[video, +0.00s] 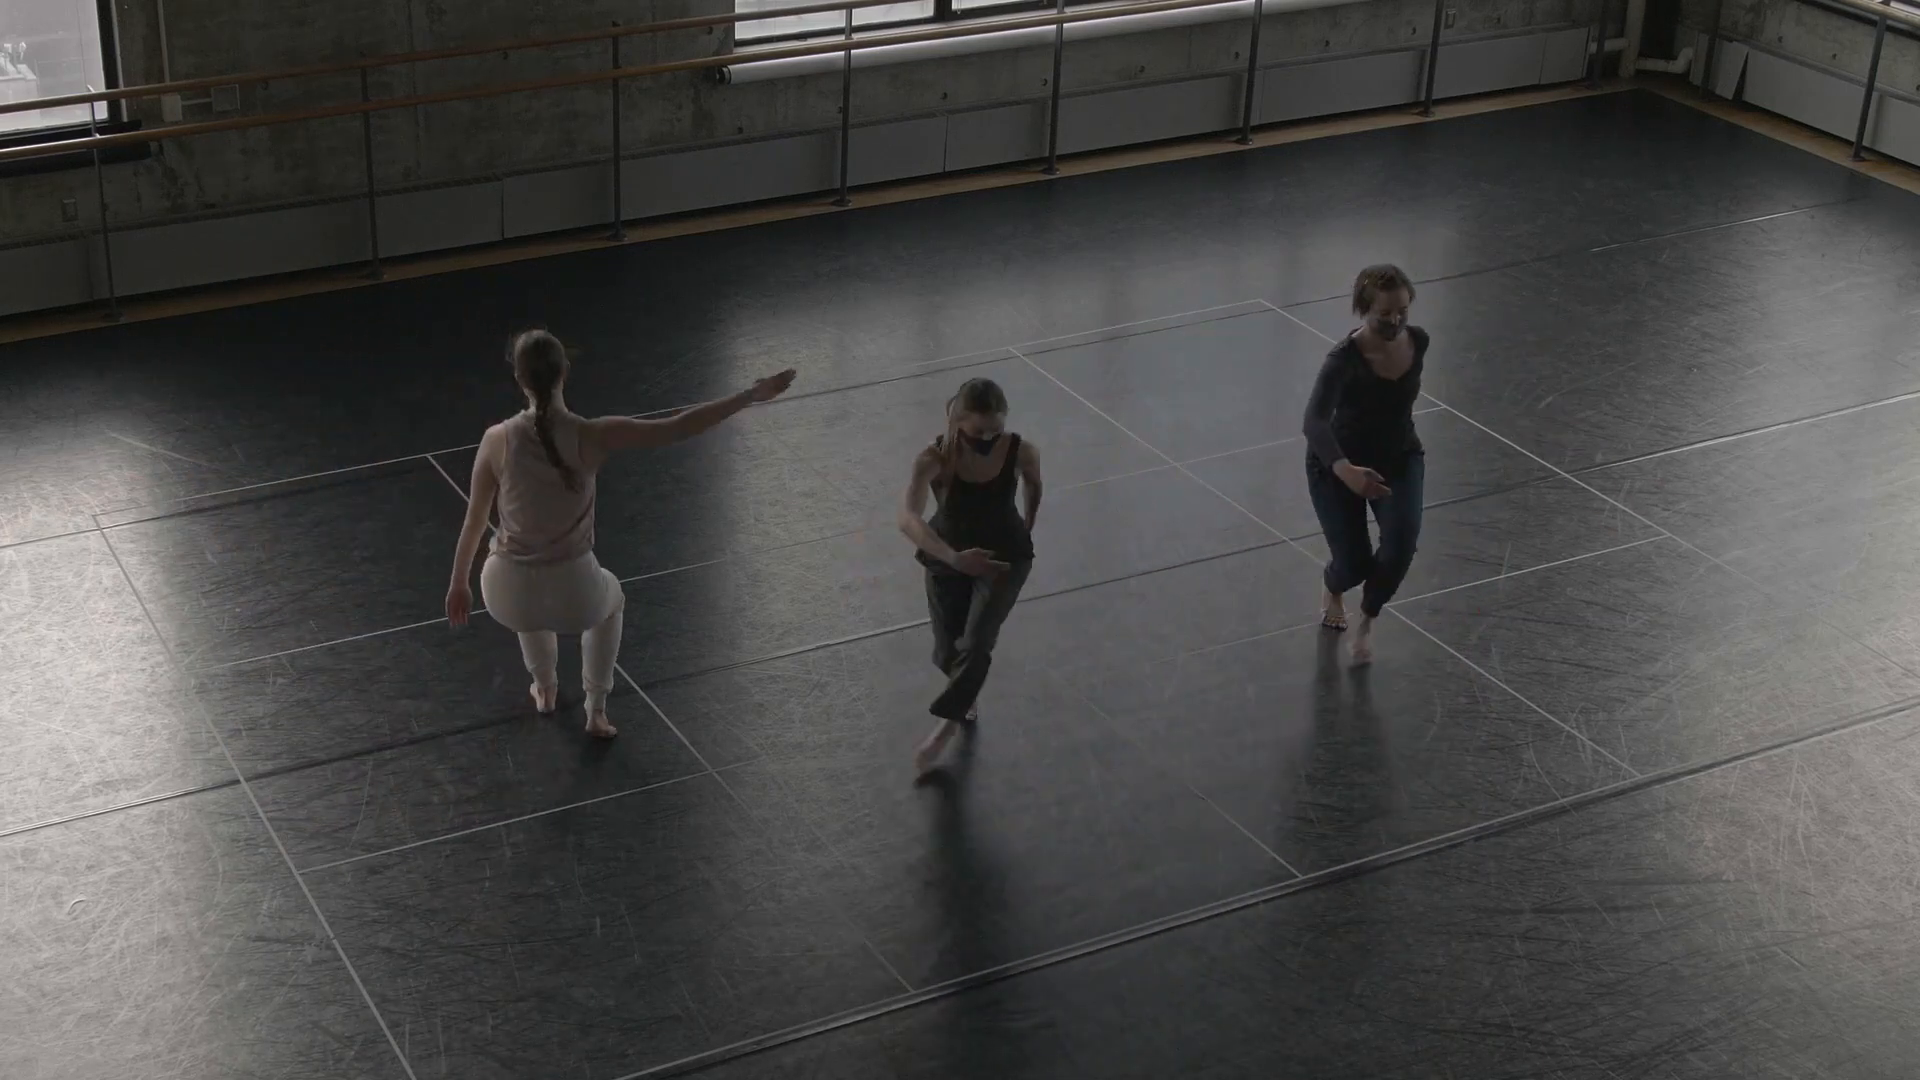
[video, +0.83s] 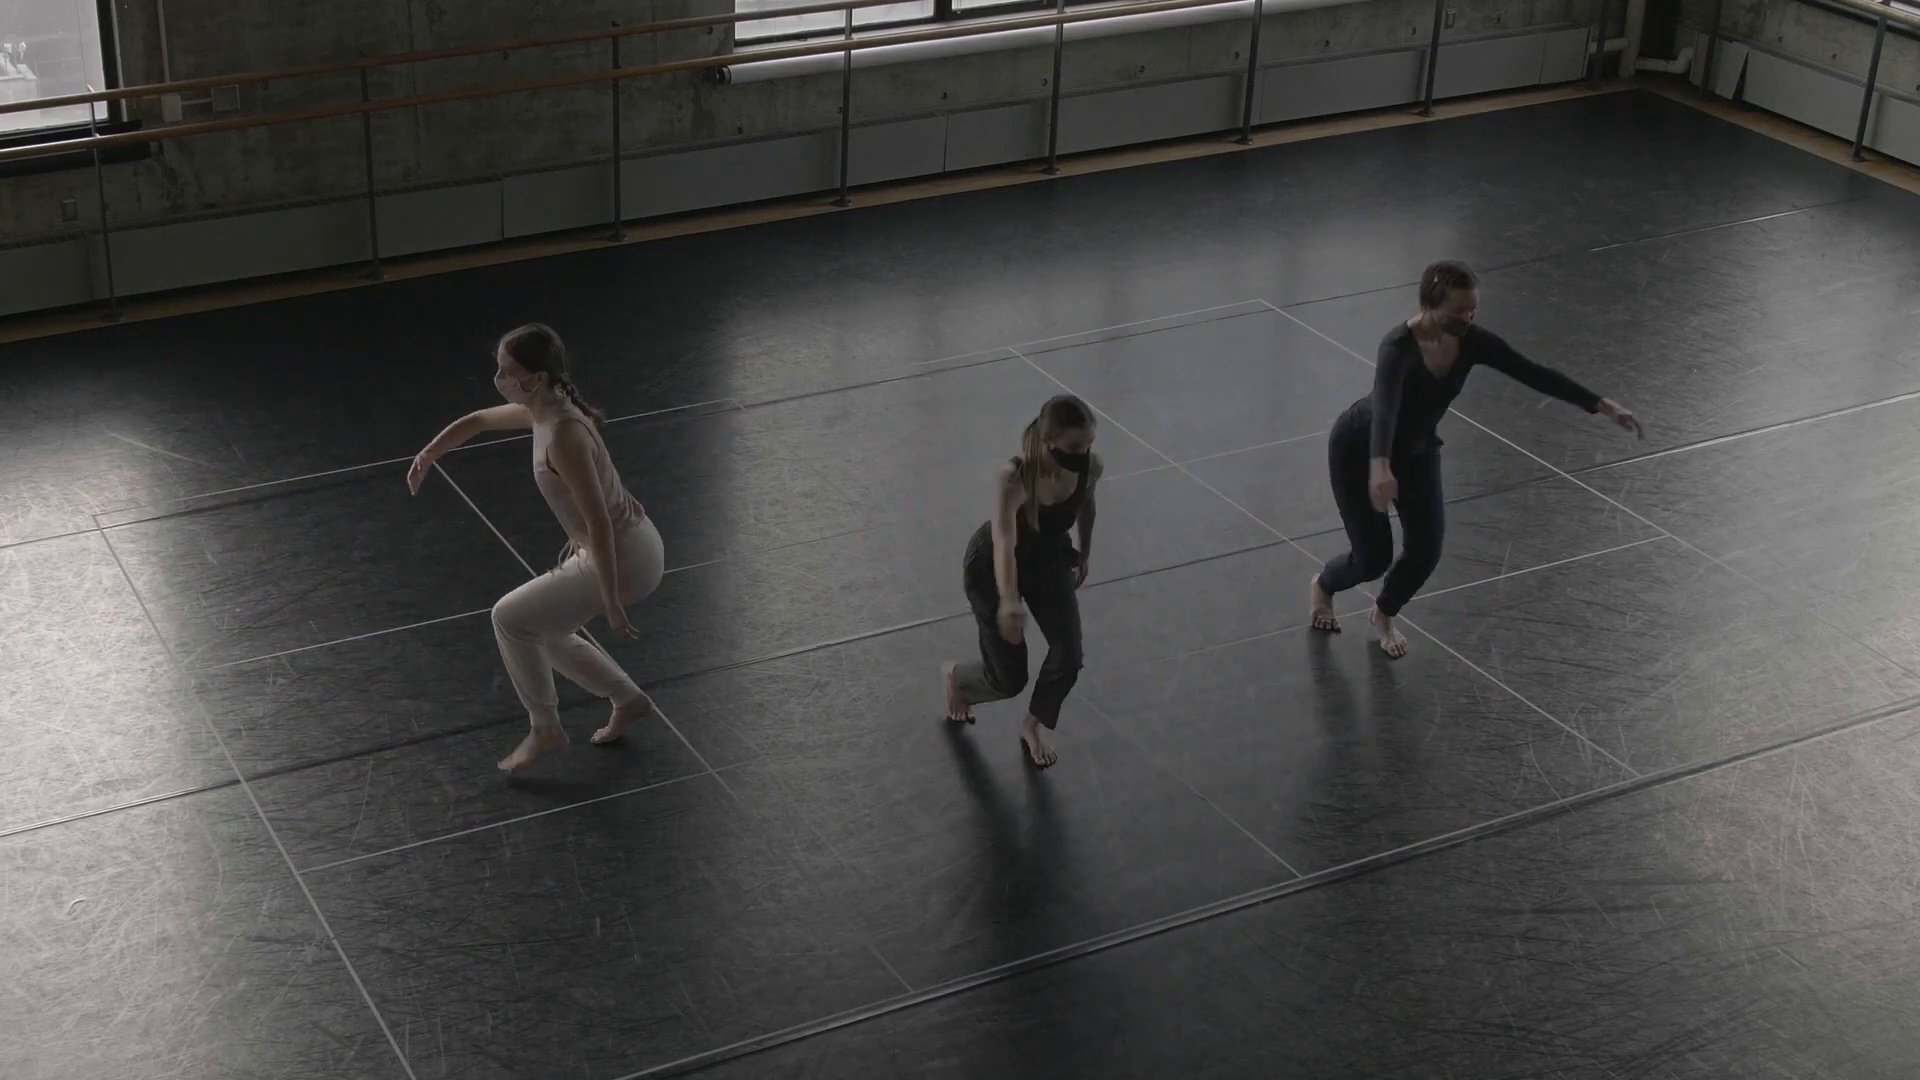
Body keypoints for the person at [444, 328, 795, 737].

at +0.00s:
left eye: (522, 370)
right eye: (560, 366)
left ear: (518, 379)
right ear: (564, 374)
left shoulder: (496, 441)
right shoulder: (593, 435)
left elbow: (474, 521)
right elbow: (676, 427)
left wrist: (458, 582)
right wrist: (750, 395)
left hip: (508, 593)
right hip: (576, 593)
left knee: (526, 590)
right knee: (609, 598)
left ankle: (544, 691)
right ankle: (596, 713)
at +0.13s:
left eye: (534, 421)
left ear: (532, 429)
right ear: (577, 424)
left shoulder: (509, 487)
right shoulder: (604, 478)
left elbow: (478, 568)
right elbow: (676, 461)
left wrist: (452, 630)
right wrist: (713, 424)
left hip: (522, 640)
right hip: (586, 640)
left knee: (523, 590)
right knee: (617, 597)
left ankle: (546, 689)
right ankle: (598, 709)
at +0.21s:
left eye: (537, 446)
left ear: (538, 455)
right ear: (582, 450)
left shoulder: (515, 512)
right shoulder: (610, 501)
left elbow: (482, 595)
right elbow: (664, 482)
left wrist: (450, 662)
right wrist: (667, 450)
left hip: (531, 665)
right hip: (593, 665)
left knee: (526, 594)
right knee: (620, 601)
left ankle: (546, 692)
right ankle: (598, 707)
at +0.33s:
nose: (528, 436)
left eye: (528, 432)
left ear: (533, 441)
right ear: (575, 438)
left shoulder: (515, 501)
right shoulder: (603, 483)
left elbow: (502, 584)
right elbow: (618, 471)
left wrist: (484, 657)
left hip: (539, 644)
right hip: (604, 643)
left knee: (519, 577)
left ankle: (545, 689)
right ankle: (600, 700)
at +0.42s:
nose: (513, 411)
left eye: (517, 405)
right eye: (515, 404)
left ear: (535, 418)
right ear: (568, 411)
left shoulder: (517, 474)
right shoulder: (597, 449)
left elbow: (524, 558)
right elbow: (566, 445)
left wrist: (520, 634)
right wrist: (531, 444)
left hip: (557, 614)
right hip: (616, 608)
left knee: (529, 590)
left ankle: (546, 692)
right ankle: (603, 699)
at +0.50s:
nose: (505, 387)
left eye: (510, 383)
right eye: (506, 380)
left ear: (533, 397)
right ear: (561, 388)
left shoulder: (525, 451)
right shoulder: (585, 422)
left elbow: (548, 537)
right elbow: (545, 418)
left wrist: (559, 614)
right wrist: (493, 429)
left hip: (581, 600)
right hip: (632, 586)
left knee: (518, 574)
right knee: (570, 586)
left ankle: (543, 687)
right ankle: (612, 700)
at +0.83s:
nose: (496, 379)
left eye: (503, 372)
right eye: (497, 370)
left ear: (533, 381)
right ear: (537, 379)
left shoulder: (565, 437)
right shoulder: (544, 408)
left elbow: (598, 521)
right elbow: (476, 421)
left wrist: (612, 602)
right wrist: (428, 454)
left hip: (622, 558)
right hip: (619, 545)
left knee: (509, 617)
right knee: (546, 633)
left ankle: (546, 729)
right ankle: (627, 696)